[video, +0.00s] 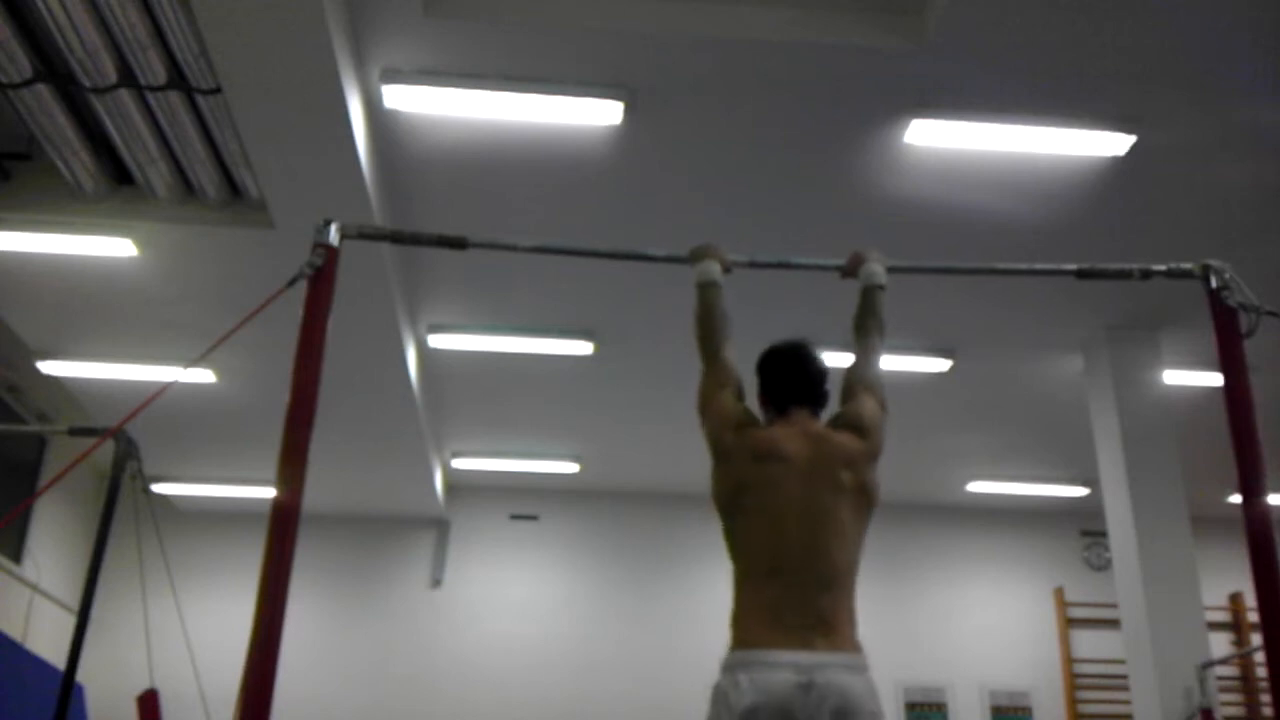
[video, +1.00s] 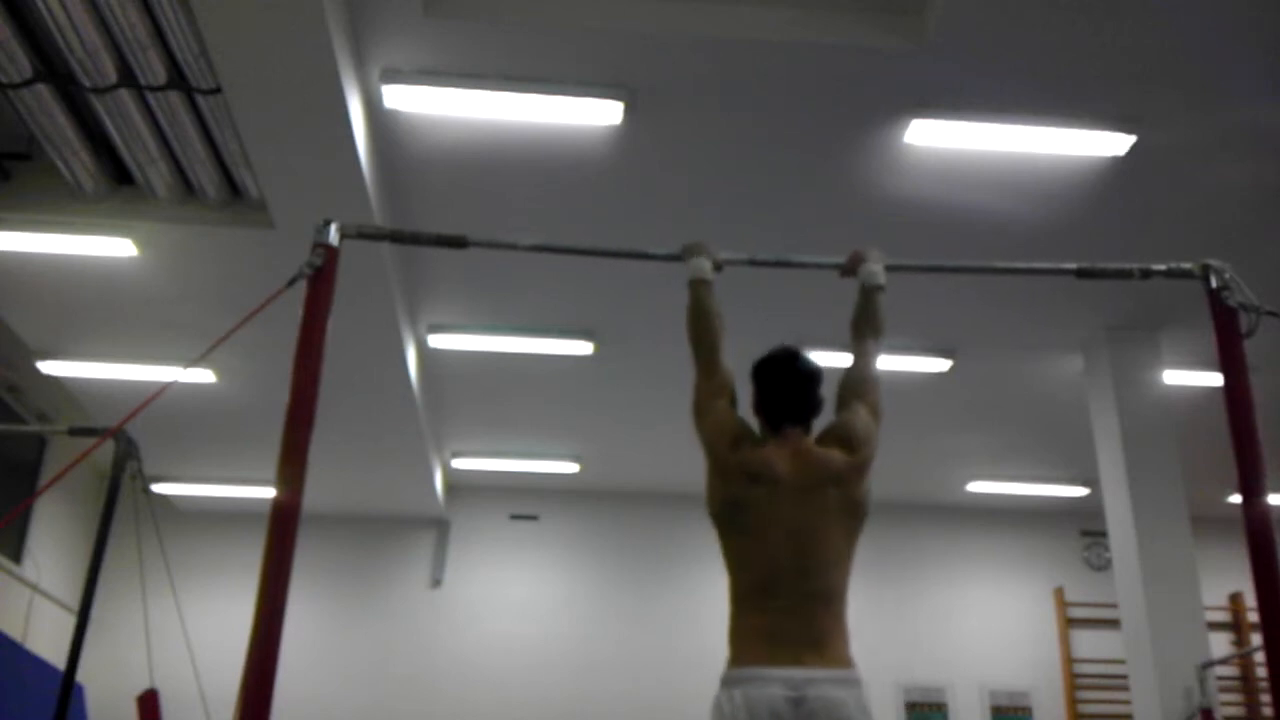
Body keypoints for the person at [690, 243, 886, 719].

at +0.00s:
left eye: (763, 392)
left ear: (761, 400)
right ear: (823, 398)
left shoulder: (735, 444)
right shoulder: (856, 448)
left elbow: (714, 352)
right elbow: (868, 351)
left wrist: (707, 271)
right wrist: (873, 276)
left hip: (754, 671)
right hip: (843, 674)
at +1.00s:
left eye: (762, 397)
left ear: (755, 407)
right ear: (817, 406)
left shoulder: (732, 460)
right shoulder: (846, 461)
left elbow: (708, 361)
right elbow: (865, 352)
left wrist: (699, 270)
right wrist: (872, 278)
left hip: (751, 686)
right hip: (834, 686)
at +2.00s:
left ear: (788, 207)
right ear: (853, 211)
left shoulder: (755, 270)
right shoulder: (879, 282)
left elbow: (685, 314)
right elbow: (911, 324)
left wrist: (695, 262)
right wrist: (876, 273)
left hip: (763, 497)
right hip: (840, 505)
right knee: (800, 559)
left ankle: (743, 580)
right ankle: (761, 581)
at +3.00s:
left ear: (751, 59)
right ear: (808, 58)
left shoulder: (731, 74)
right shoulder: (836, 76)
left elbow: (681, 143)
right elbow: (880, 148)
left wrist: (690, 224)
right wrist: (872, 227)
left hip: (754, 178)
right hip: (832, 178)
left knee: (762, 355)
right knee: (829, 356)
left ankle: (778, 506)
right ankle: (821, 502)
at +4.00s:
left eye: (754, 386)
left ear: (747, 400)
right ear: (806, 400)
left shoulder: (726, 451)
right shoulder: (830, 455)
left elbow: (681, 368)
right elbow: (873, 376)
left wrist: (691, 280)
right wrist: (872, 293)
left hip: (727, 654)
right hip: (802, 656)